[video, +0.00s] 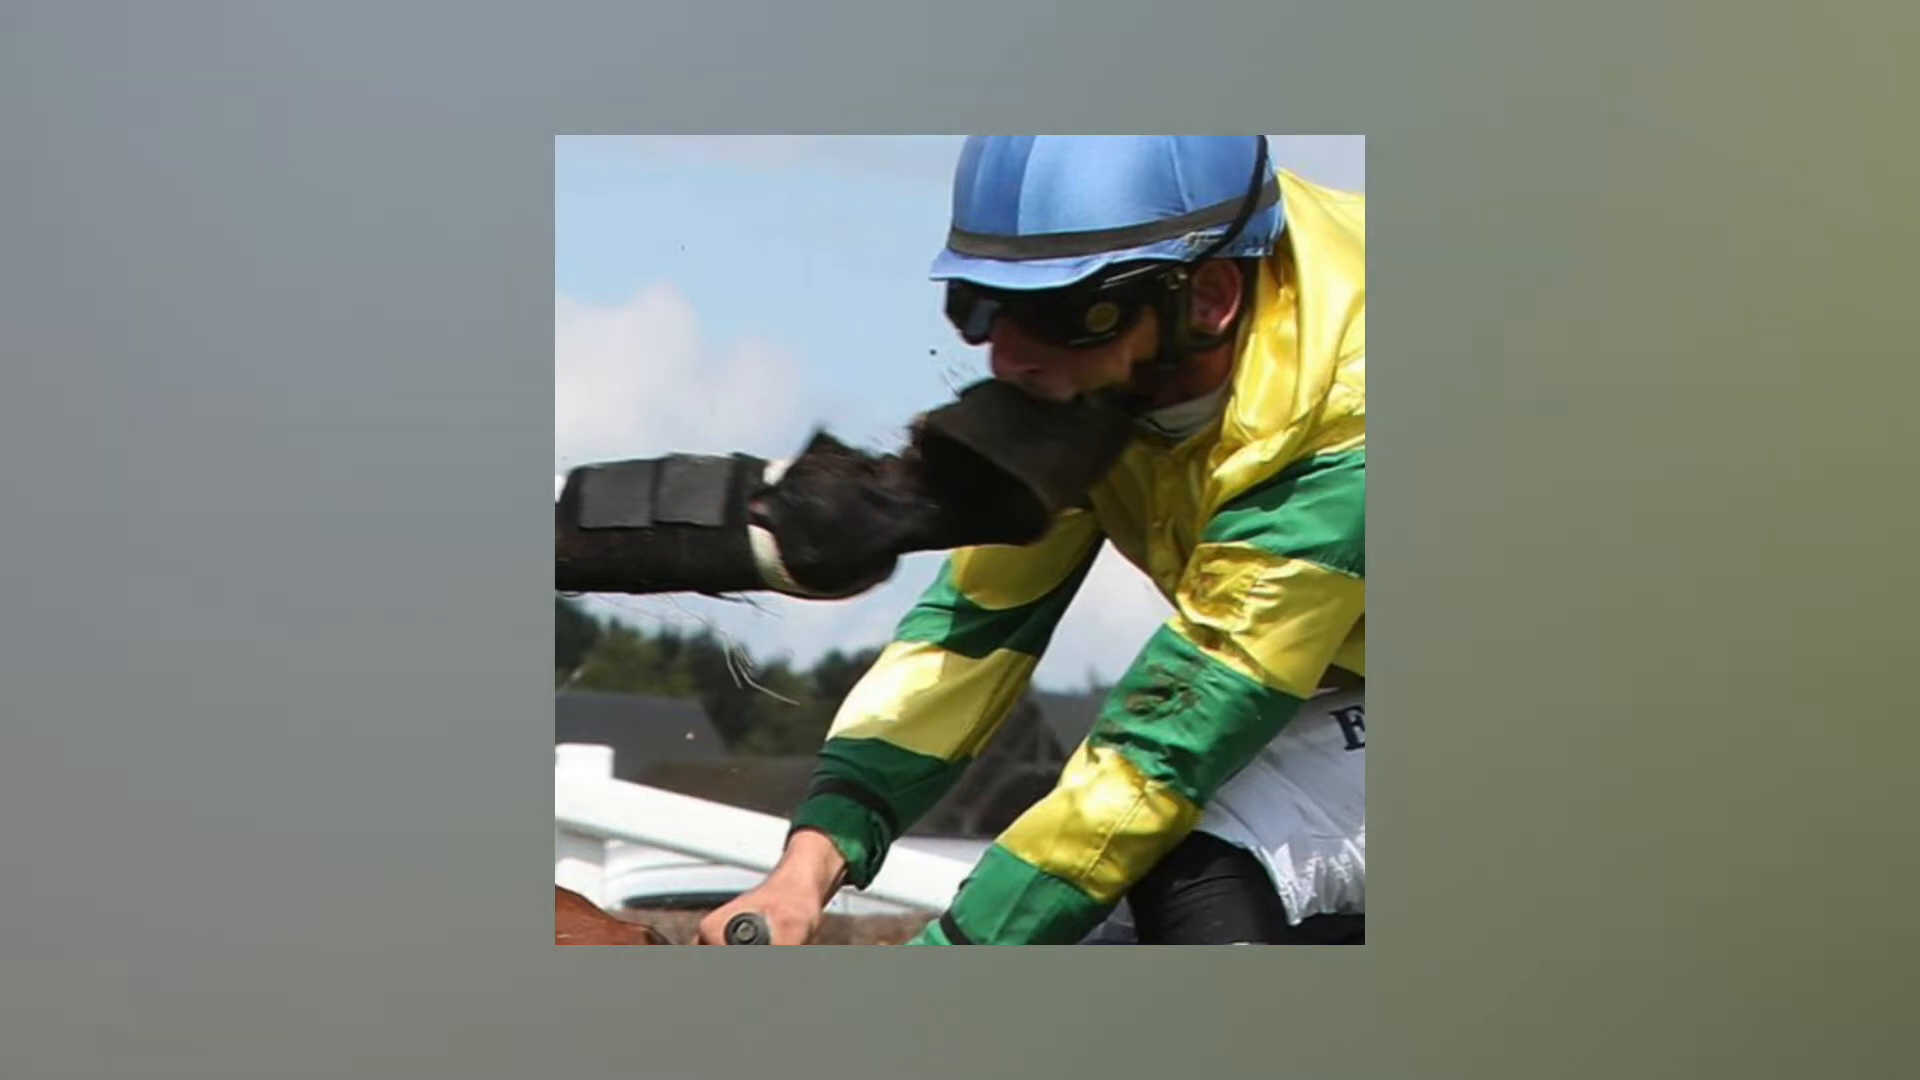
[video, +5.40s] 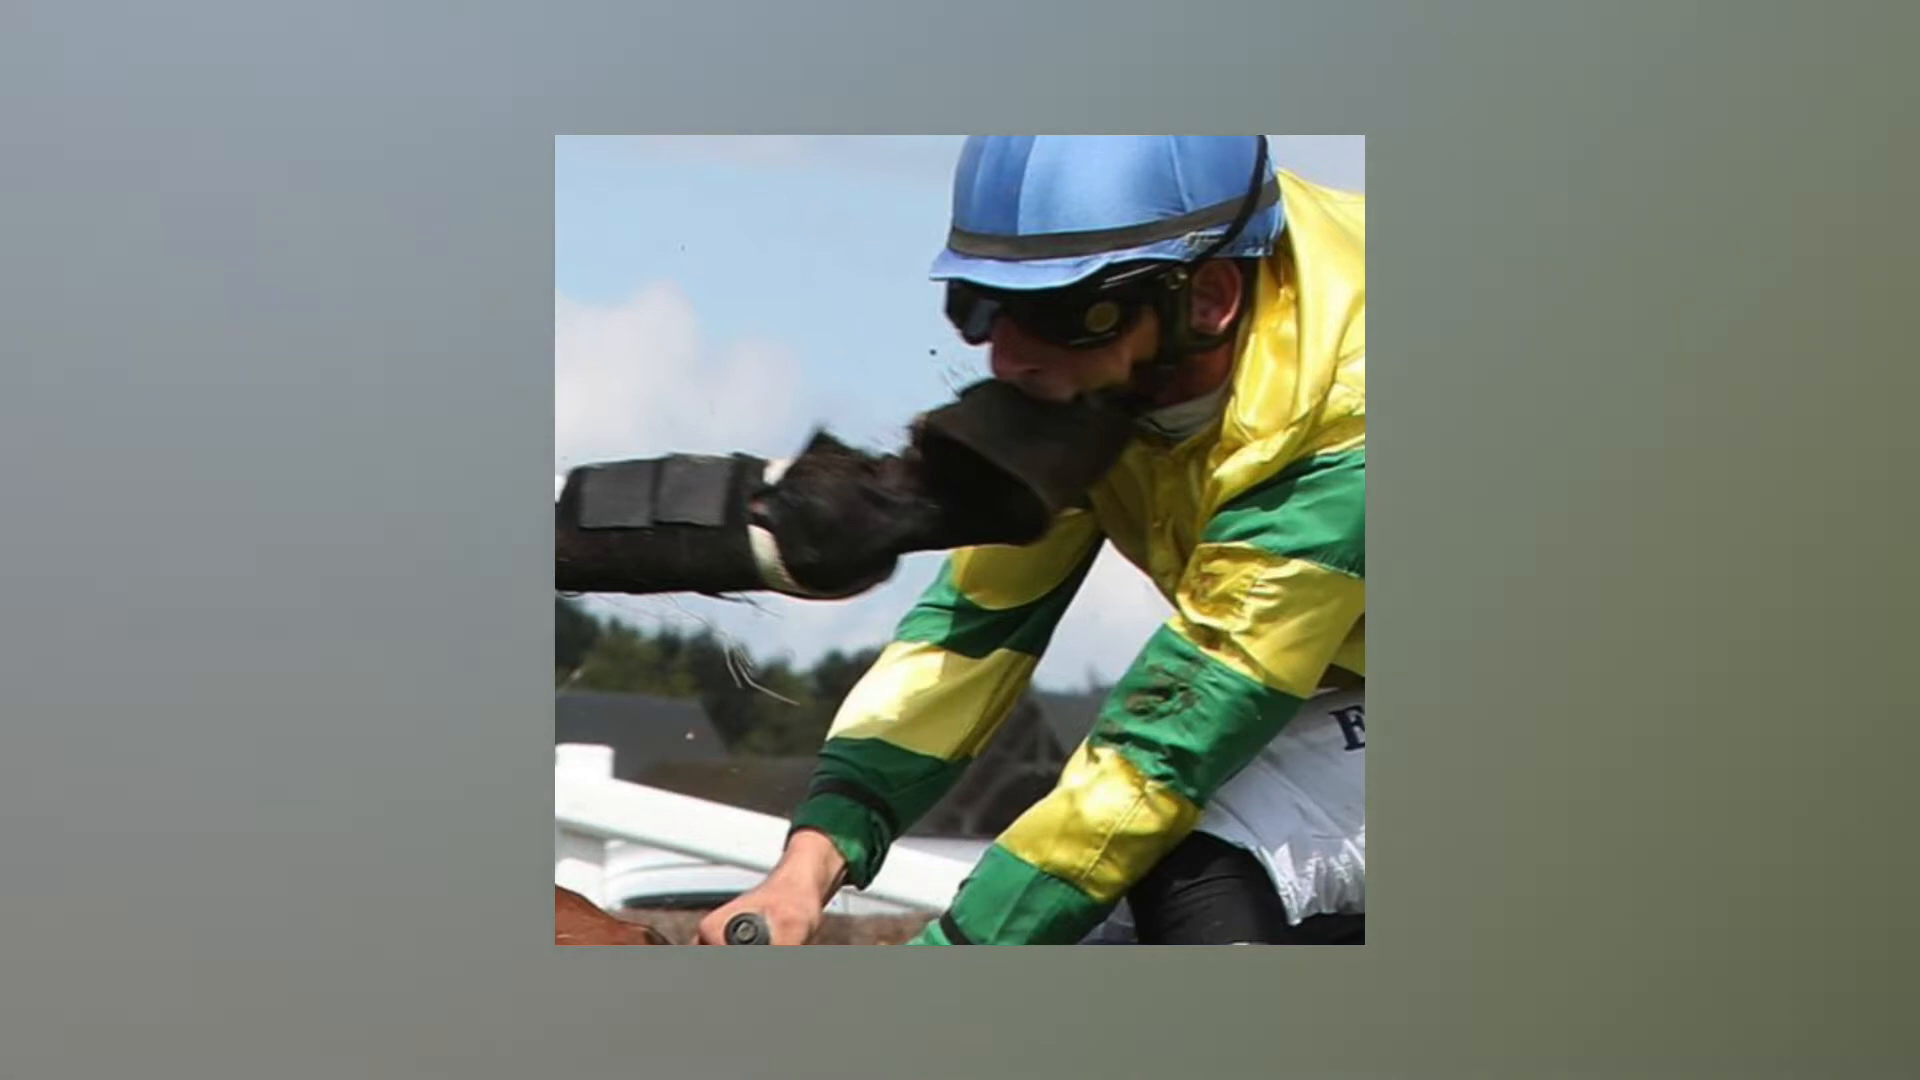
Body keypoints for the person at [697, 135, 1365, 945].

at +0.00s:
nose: (1005, 359)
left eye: (1056, 319)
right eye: (989, 309)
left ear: (1210, 298)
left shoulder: (1341, 429)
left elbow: (1161, 751)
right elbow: (969, 623)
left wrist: (934, 963)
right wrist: (804, 872)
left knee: (1204, 863)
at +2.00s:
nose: (1005, 359)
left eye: (1056, 319)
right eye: (989, 310)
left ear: (1210, 298)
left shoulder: (1341, 429)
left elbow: (1161, 751)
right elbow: (969, 623)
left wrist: (933, 965)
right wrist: (805, 871)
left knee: (1204, 864)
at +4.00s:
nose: (1005, 358)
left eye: (1056, 319)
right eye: (989, 309)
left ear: (1210, 298)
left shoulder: (1341, 429)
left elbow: (1160, 751)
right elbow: (969, 623)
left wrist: (933, 965)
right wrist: (805, 871)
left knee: (1204, 865)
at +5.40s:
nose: (1005, 359)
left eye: (1056, 319)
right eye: (988, 309)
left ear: (1209, 299)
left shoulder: (1342, 428)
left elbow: (1160, 751)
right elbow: (969, 624)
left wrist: (934, 964)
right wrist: (804, 871)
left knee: (1204, 863)